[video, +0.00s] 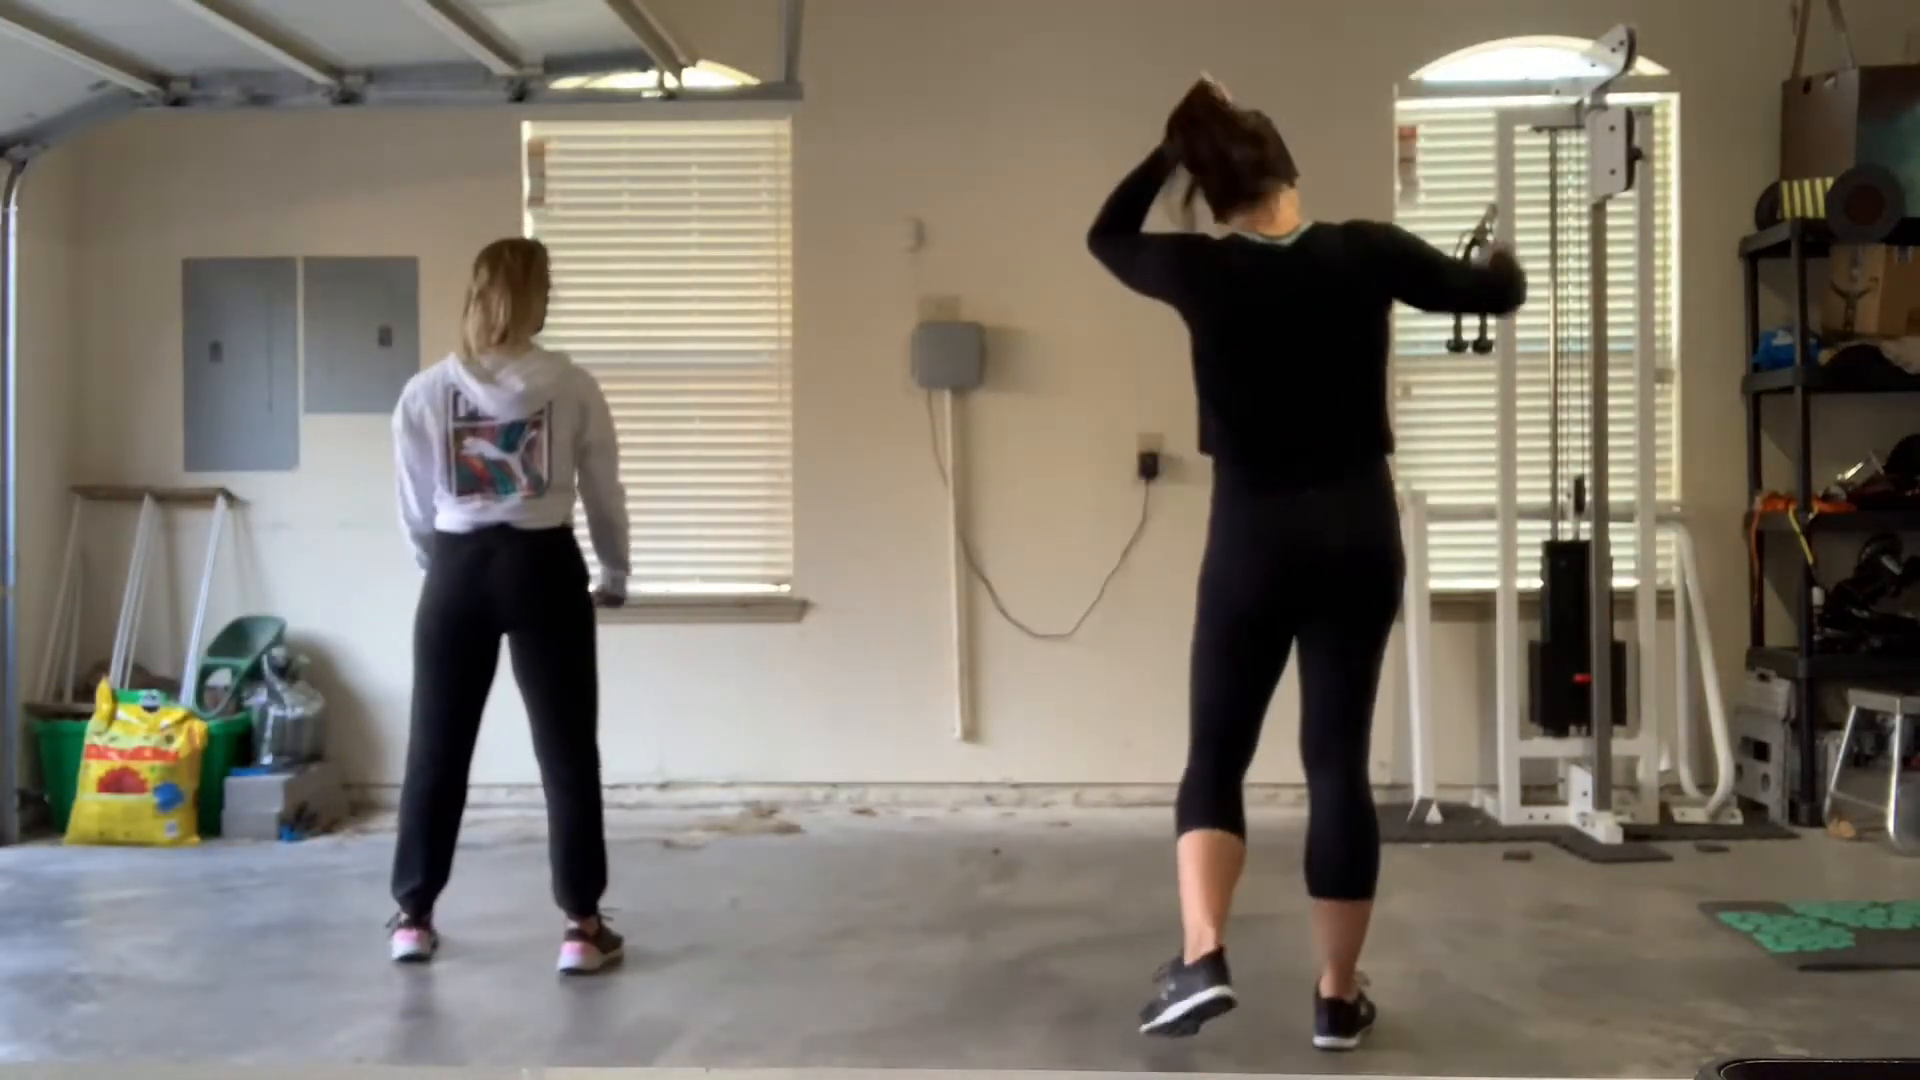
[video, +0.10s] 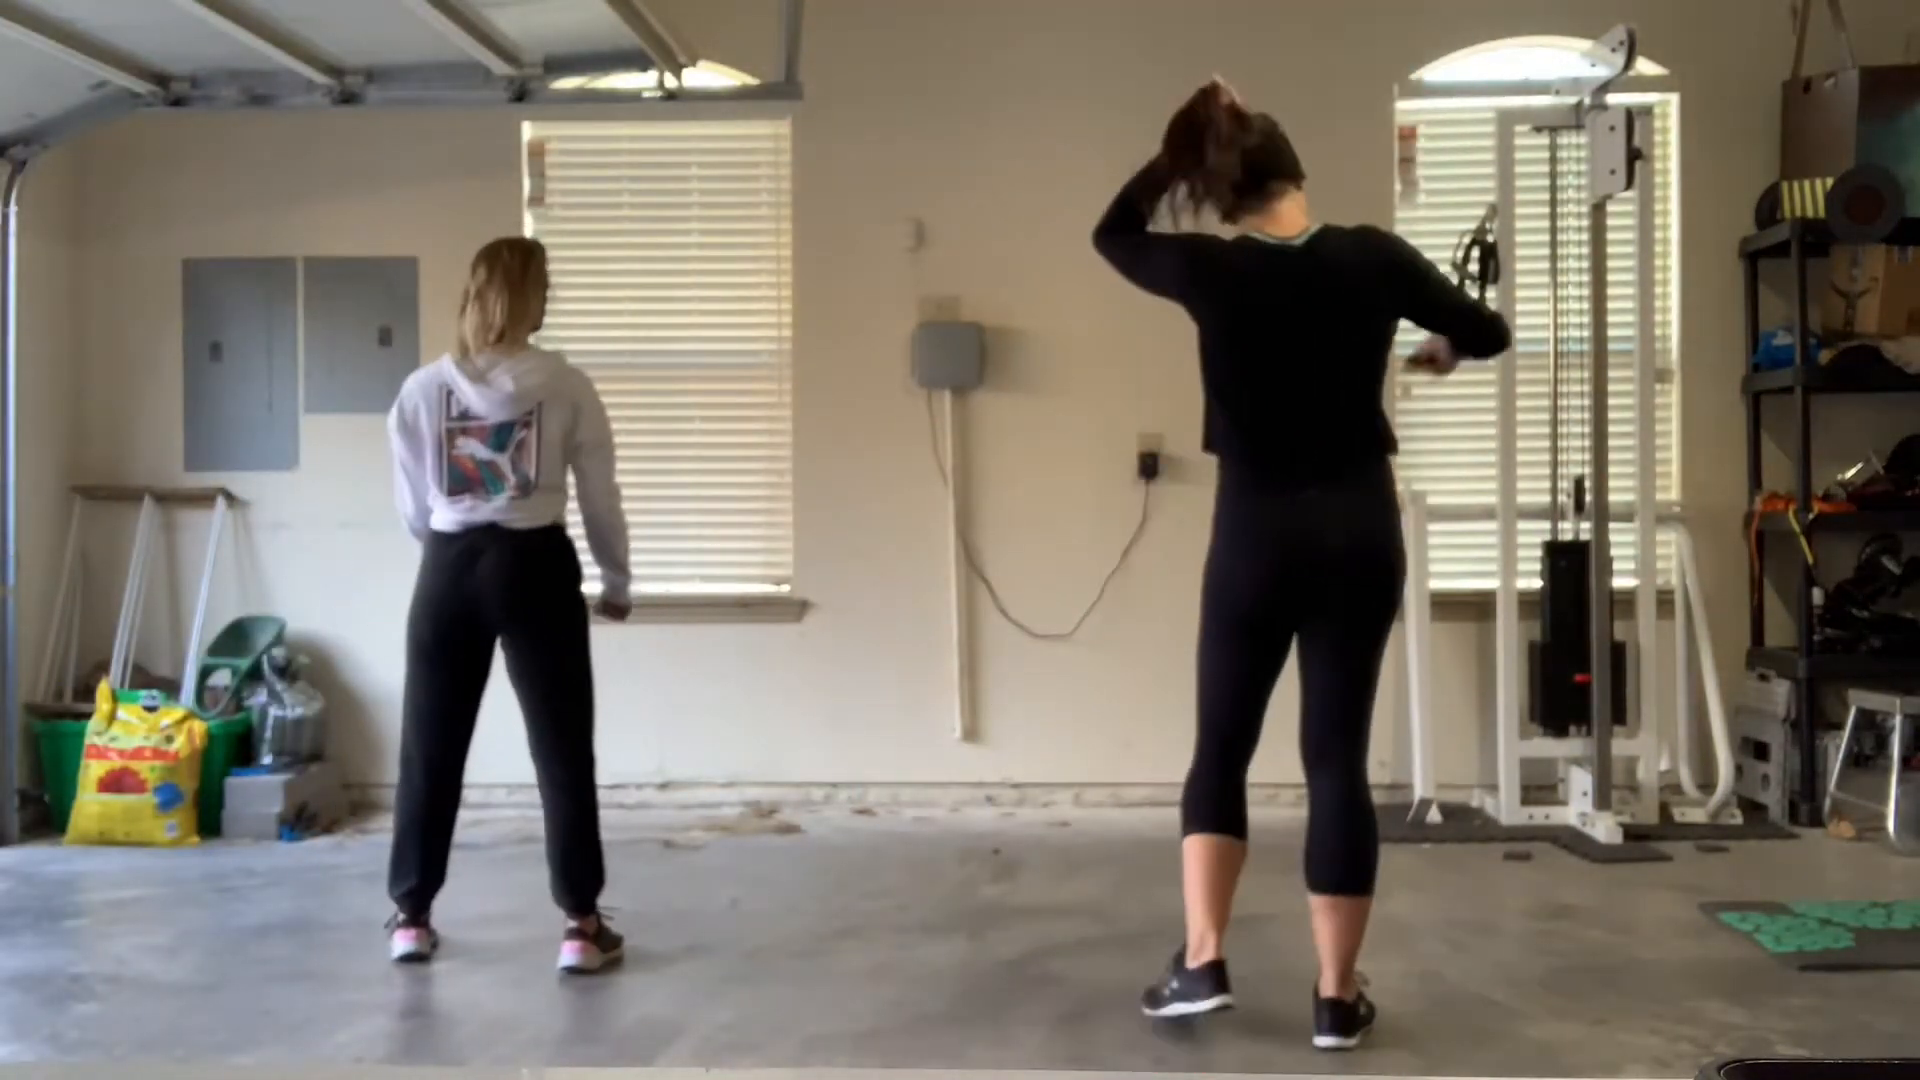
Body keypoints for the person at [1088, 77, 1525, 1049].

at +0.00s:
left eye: (1224, 191)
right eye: (1277, 178)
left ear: (1209, 195)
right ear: (1291, 175)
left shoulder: (1203, 271)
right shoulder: (1367, 251)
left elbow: (1111, 234)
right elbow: (1491, 290)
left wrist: (1167, 150)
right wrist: (1499, 264)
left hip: (1253, 548)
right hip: (1362, 543)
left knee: (1214, 759)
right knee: (1339, 766)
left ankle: (1202, 958)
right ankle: (1338, 994)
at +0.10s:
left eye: (1230, 198)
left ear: (1220, 197)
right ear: (1298, 176)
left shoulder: (1212, 271)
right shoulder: (1371, 255)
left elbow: (1115, 234)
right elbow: (1486, 333)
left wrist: (1174, 152)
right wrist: (1443, 352)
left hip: (1256, 544)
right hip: (1363, 540)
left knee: (1220, 753)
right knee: (1338, 761)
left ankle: (1202, 965)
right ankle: (1337, 995)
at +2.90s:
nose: (1246, 260)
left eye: (1212, 256)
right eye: (1256, 244)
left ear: (1196, 259)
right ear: (1265, 243)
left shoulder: (1189, 321)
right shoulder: (1320, 311)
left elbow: (1080, 271)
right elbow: (1368, 266)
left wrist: (1150, 202)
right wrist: (1334, 182)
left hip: (1216, 554)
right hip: (1308, 551)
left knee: (1148, 726)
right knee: (1323, 734)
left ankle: (1148, 930)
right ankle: (1377, 931)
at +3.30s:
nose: (1248, 258)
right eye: (1246, 245)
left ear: (1180, 255)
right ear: (1248, 247)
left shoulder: (1161, 313)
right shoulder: (1288, 311)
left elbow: (1070, 256)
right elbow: (1337, 245)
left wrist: (1136, 196)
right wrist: (1264, 198)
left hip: (1168, 543)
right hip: (1260, 545)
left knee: (1150, 737)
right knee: (1302, 736)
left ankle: (1135, 934)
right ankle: (1372, 930)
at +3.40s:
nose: (1243, 262)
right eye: (1244, 248)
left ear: (1179, 255)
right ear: (1248, 249)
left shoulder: (1160, 308)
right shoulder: (1287, 311)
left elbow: (1073, 236)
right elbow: (1328, 243)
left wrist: (1137, 183)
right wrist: (1257, 199)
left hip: (1158, 540)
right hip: (1251, 545)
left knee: (1147, 735)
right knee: (1296, 734)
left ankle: (1134, 933)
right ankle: (1368, 929)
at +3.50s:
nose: (1249, 260)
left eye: (1242, 246)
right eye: (1249, 244)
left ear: (1180, 245)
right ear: (1248, 241)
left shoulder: (1160, 298)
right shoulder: (1287, 307)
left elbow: (1083, 209)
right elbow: (1327, 239)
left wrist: (1156, 160)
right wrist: (1258, 196)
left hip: (1162, 536)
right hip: (1255, 540)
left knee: (1151, 732)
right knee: (1294, 731)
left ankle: (1134, 932)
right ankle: (1361, 927)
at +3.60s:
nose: (1253, 257)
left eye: (1238, 246)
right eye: (1253, 242)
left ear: (1186, 243)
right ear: (1254, 240)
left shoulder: (1167, 297)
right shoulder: (1295, 304)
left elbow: (1094, 198)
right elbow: (1334, 238)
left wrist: (1168, 148)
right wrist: (1264, 192)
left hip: (1177, 528)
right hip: (1268, 531)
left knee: (1160, 732)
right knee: (1302, 729)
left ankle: (1135, 933)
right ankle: (1363, 929)